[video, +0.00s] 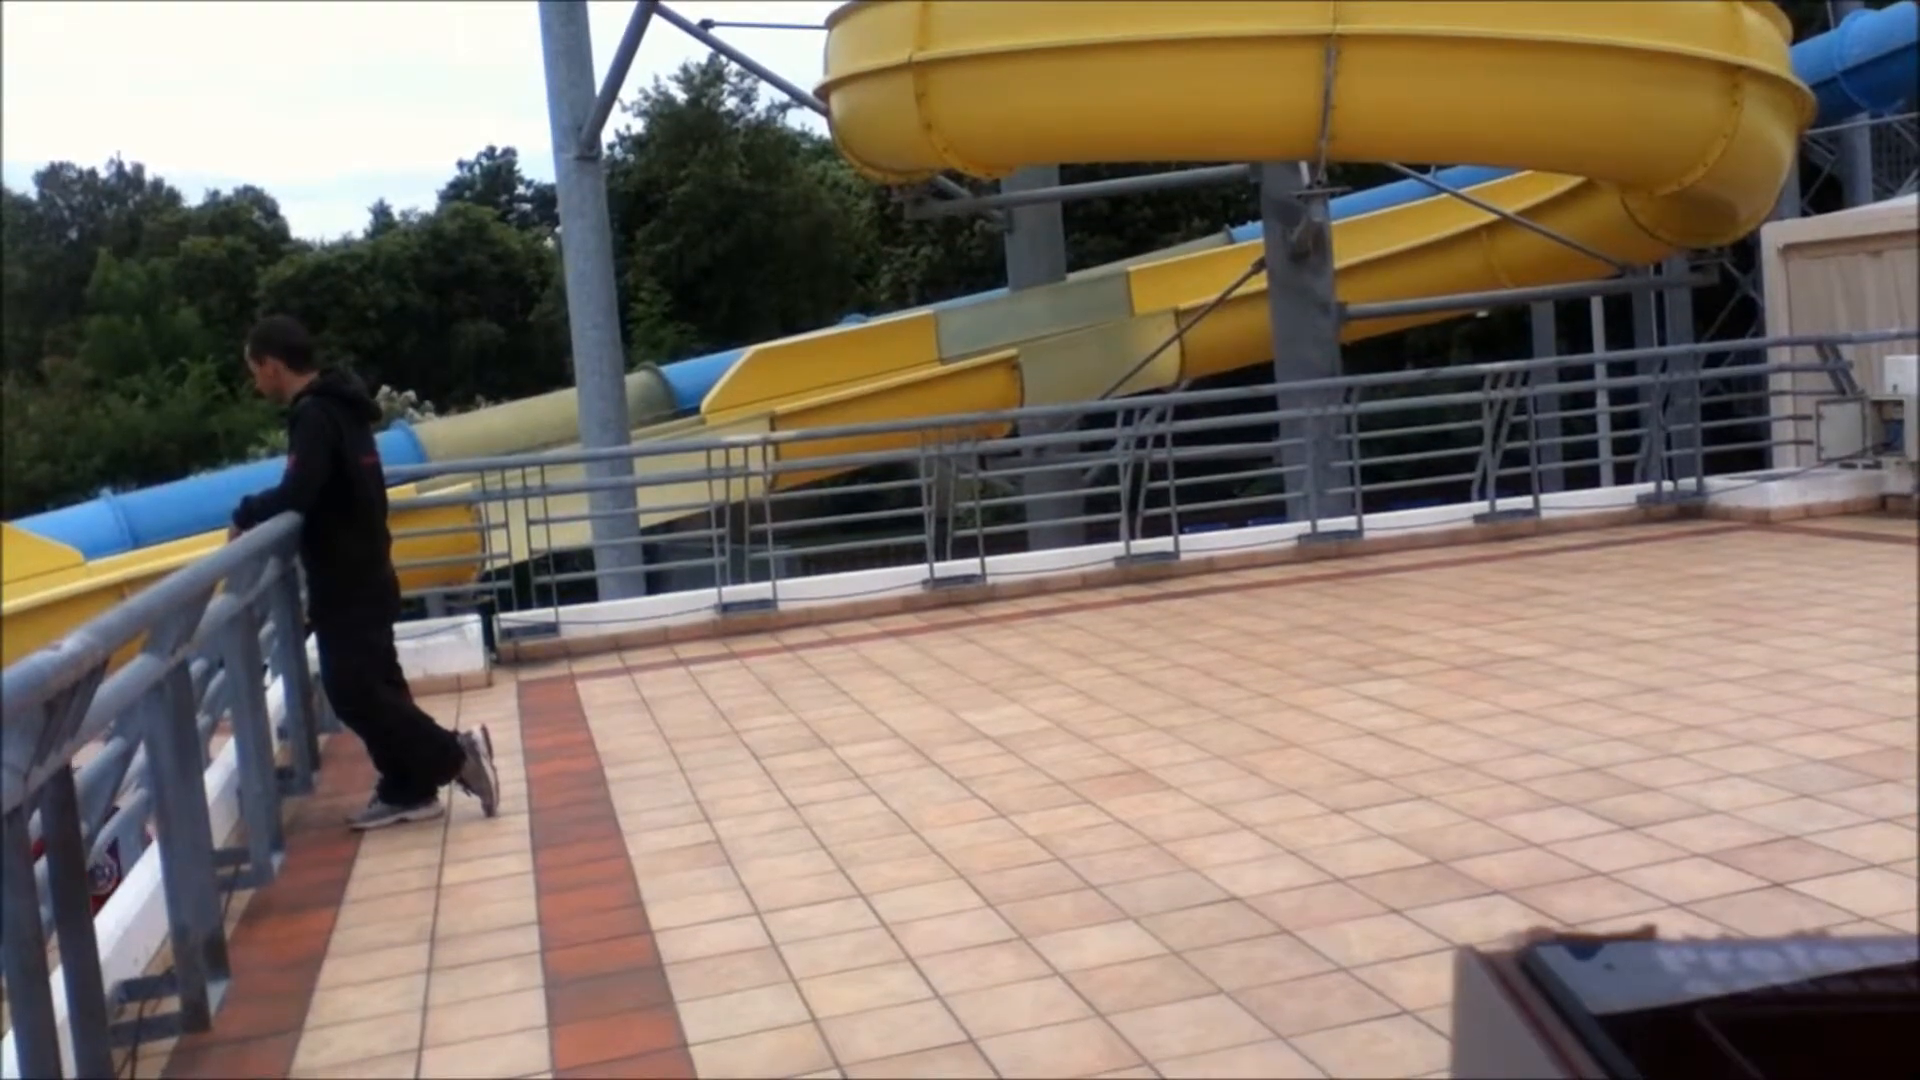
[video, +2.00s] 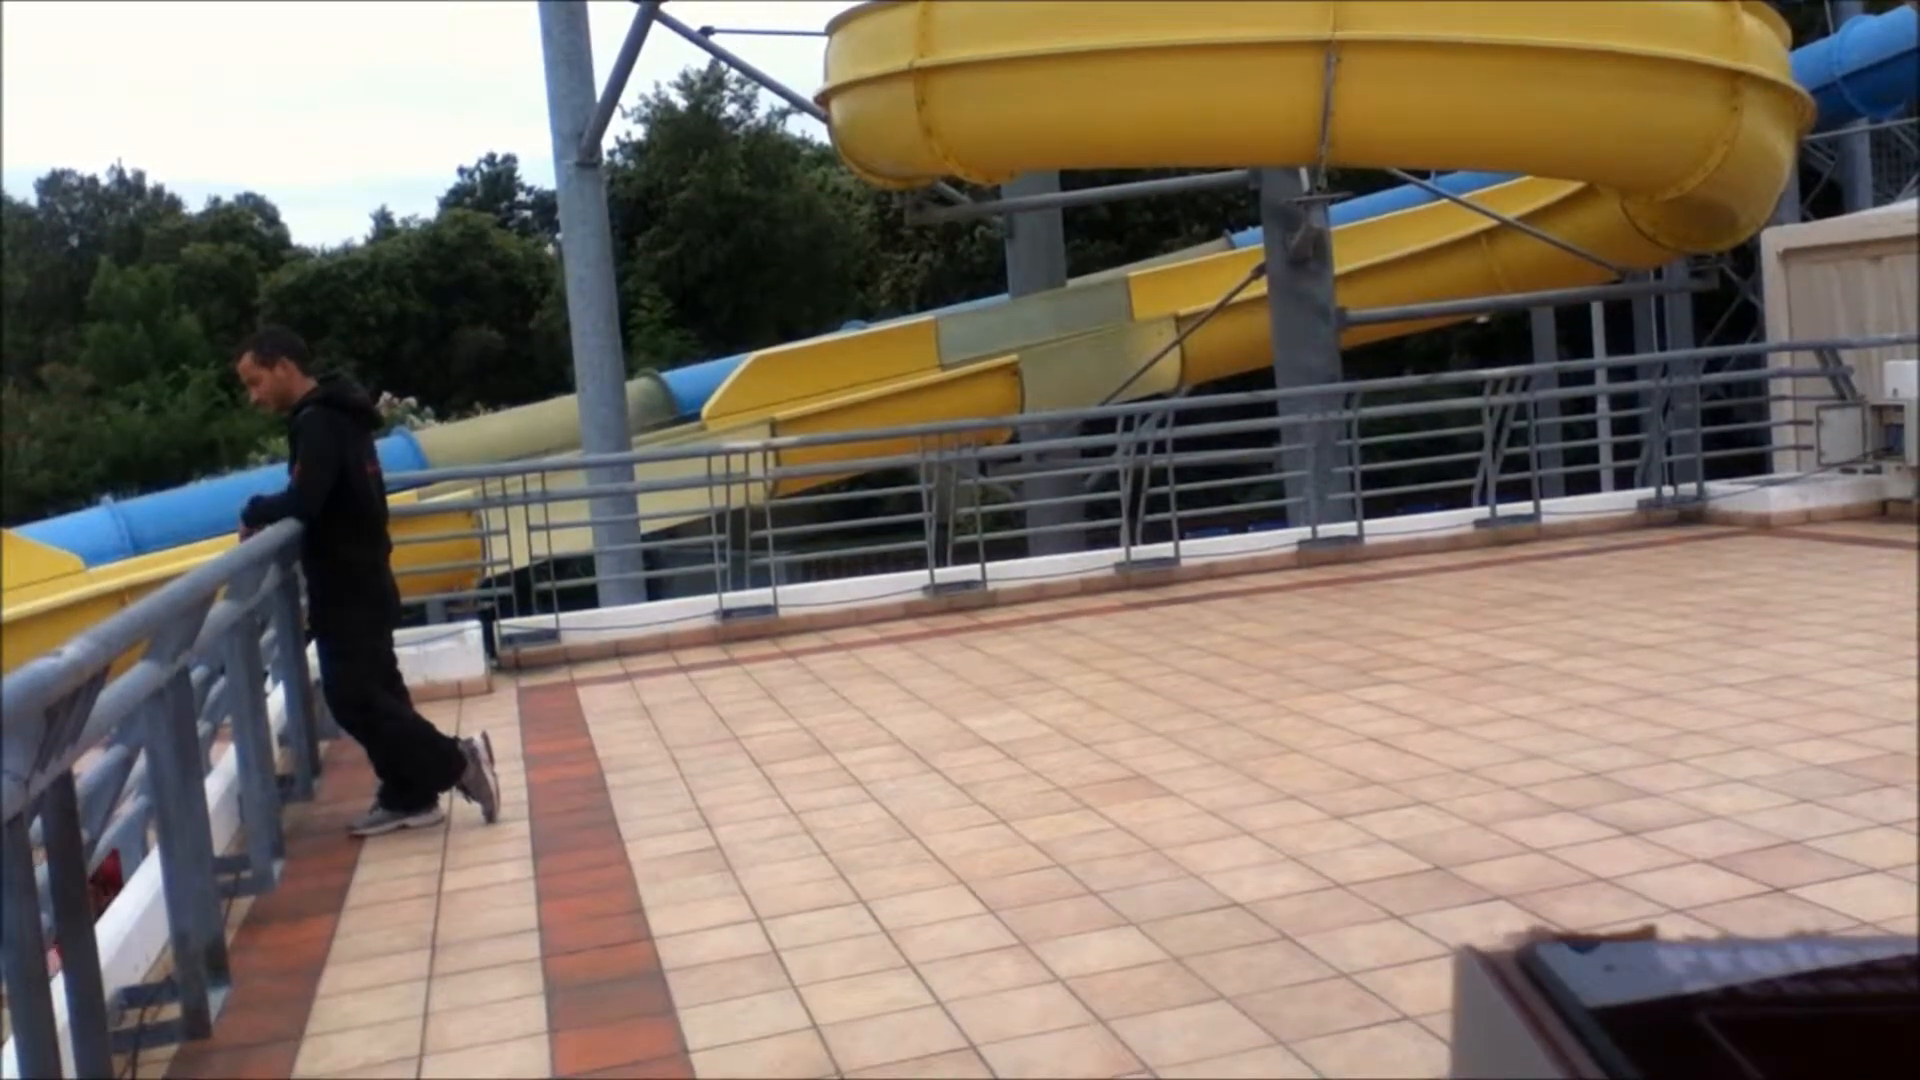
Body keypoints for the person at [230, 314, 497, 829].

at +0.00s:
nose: (255, 381)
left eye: (256, 370)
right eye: (253, 371)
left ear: (276, 365)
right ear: (298, 360)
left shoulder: (314, 414)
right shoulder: (338, 404)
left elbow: (300, 494)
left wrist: (245, 513)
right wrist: (263, 514)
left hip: (345, 579)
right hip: (365, 574)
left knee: (350, 694)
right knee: (377, 682)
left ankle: (453, 754)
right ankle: (406, 791)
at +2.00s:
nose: (252, 397)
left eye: (253, 383)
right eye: (247, 387)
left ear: (284, 368)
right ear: (288, 372)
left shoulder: (317, 421)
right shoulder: (334, 411)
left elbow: (308, 501)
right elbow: (325, 498)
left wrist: (256, 513)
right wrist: (270, 513)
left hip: (347, 586)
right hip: (361, 581)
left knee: (350, 699)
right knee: (376, 687)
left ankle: (455, 761)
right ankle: (407, 798)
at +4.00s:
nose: (252, 368)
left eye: (252, 354)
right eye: (247, 358)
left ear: (282, 340)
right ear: (287, 344)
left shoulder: (317, 392)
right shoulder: (333, 384)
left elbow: (306, 469)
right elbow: (321, 468)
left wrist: (253, 484)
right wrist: (269, 481)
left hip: (343, 559)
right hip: (358, 555)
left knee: (346, 669)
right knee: (372, 658)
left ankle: (449, 731)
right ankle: (403, 767)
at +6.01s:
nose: (385, 316)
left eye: (393, 308)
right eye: (372, 306)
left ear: (402, 317)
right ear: (344, 316)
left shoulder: (430, 375)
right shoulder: (335, 385)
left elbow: (468, 451)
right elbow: (315, 444)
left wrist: (396, 465)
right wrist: (272, 496)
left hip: (442, 530)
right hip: (383, 532)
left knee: (441, 646)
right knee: (360, 644)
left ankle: (452, 753)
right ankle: (392, 756)